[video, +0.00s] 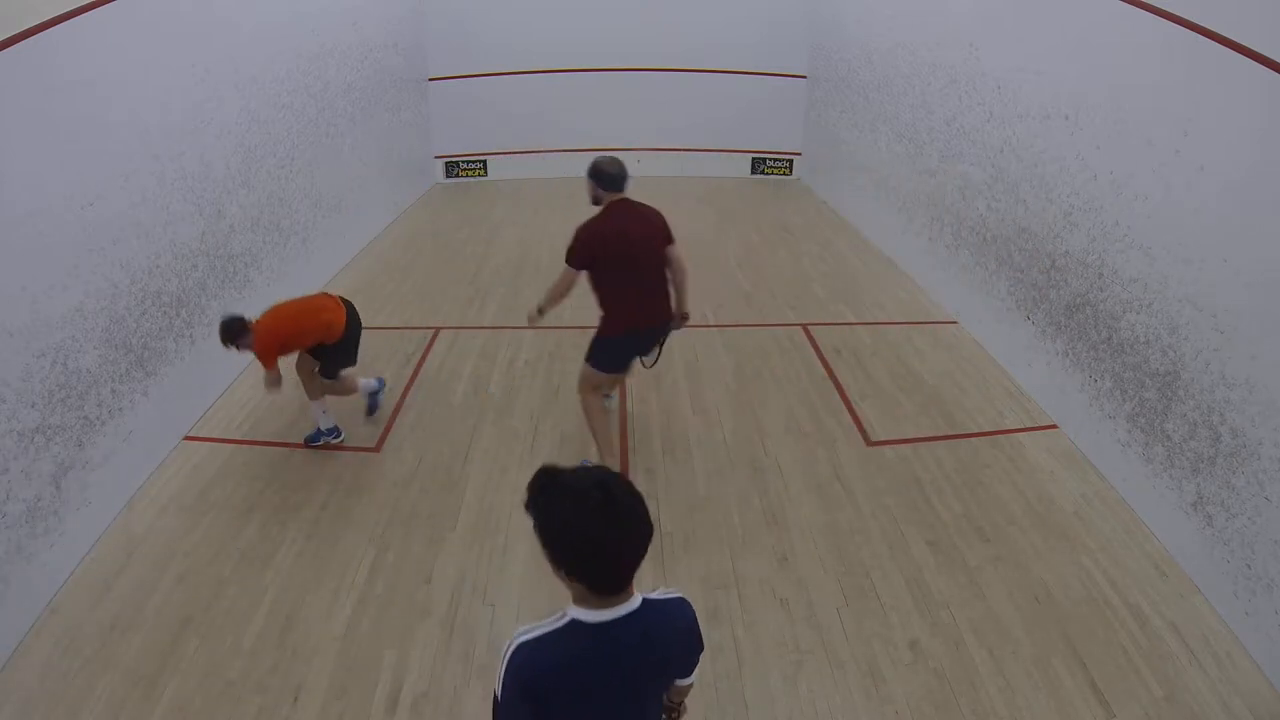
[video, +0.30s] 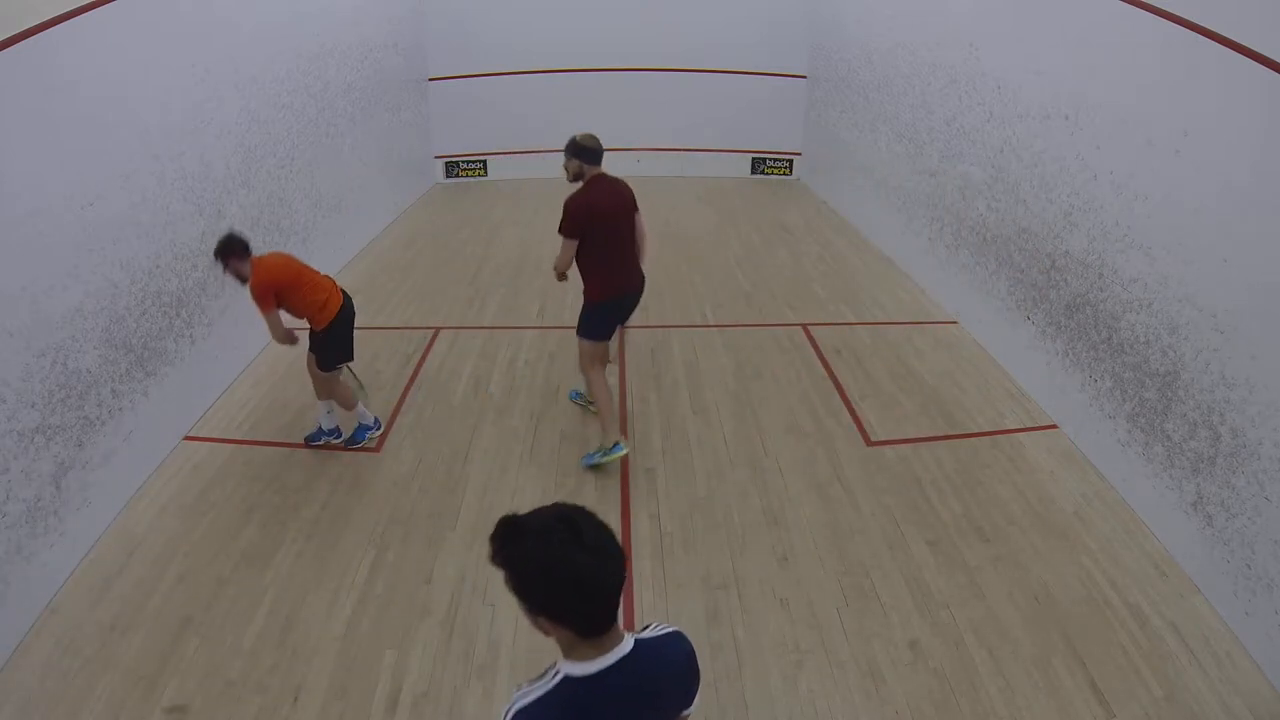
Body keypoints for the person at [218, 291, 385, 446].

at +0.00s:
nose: (241, 350)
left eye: (237, 346)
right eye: (237, 348)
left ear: (240, 341)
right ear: (246, 324)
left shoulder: (262, 344)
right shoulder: (265, 319)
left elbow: (274, 379)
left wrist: (271, 385)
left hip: (343, 328)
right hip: (339, 306)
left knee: (324, 384)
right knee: (304, 368)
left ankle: (373, 386)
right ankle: (328, 428)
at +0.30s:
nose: (228, 273)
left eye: (227, 266)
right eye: (225, 267)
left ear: (234, 260)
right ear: (244, 253)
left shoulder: (259, 285)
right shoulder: (271, 258)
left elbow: (279, 334)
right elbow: (304, 278)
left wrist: (291, 338)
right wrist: (306, 308)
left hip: (330, 318)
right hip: (337, 300)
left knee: (327, 381)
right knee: (314, 366)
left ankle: (369, 422)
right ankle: (330, 427)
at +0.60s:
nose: (242, 225)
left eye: (242, 219)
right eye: (241, 220)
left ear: (253, 216)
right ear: (267, 211)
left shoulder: (275, 251)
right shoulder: (293, 230)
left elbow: (287, 309)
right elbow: (321, 270)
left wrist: (291, 360)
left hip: (323, 320)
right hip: (333, 306)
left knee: (335, 377)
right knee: (315, 369)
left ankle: (369, 422)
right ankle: (331, 426)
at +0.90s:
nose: (250, 216)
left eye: (252, 209)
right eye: (249, 210)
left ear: (269, 208)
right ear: (277, 205)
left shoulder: (288, 243)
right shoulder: (293, 227)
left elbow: (297, 302)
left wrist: (281, 351)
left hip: (320, 320)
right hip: (305, 317)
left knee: (336, 376)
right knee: (293, 368)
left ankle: (369, 421)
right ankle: (316, 424)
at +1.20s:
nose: (236, 219)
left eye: (240, 213)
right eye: (236, 213)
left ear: (259, 212)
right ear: (261, 210)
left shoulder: (278, 246)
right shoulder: (270, 236)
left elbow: (294, 299)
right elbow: (284, 290)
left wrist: (292, 344)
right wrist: (282, 323)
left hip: (305, 327)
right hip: (285, 327)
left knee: (331, 378)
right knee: (286, 379)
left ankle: (368, 422)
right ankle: (304, 435)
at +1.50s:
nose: (215, 223)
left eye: (221, 217)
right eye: (213, 217)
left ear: (242, 214)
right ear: (238, 214)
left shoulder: (260, 245)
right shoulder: (238, 240)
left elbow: (278, 301)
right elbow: (251, 291)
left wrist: (267, 350)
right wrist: (251, 328)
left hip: (279, 329)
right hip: (260, 328)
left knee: (286, 395)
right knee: (281, 387)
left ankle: (337, 415)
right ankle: (303, 434)